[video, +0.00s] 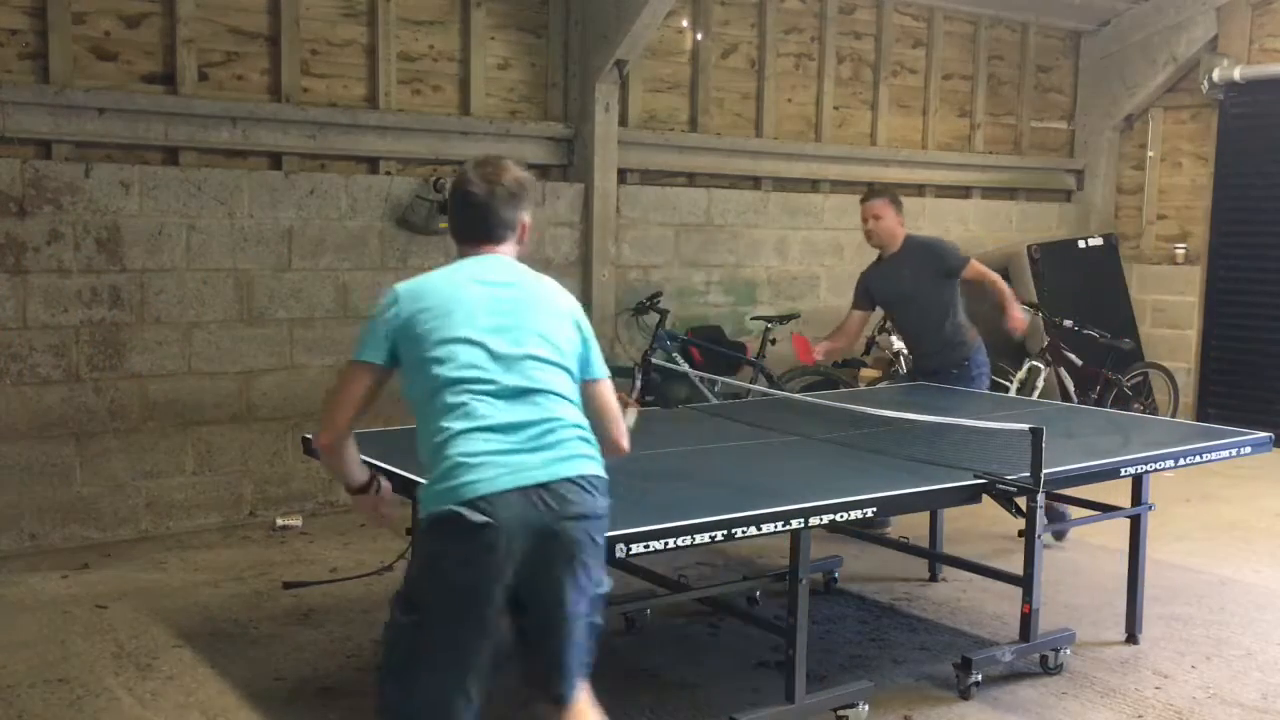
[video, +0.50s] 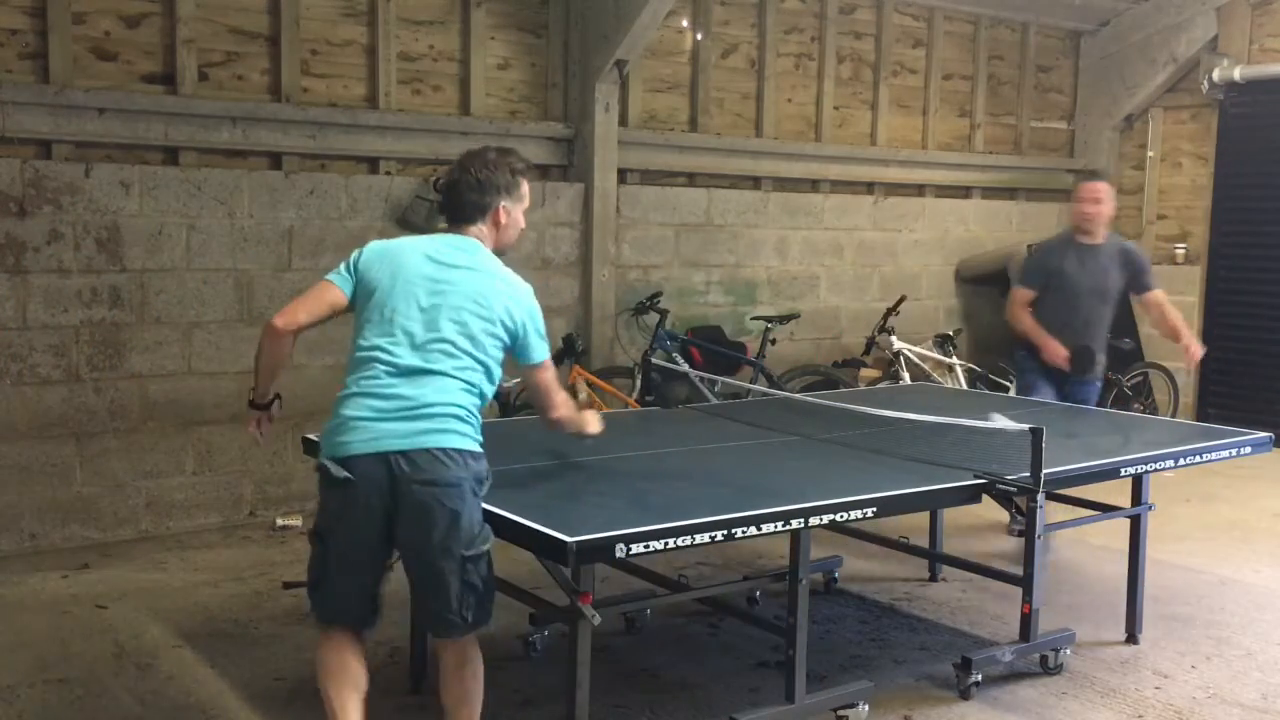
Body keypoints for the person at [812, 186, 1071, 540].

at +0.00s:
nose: (867, 227)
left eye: (874, 218)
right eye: (864, 221)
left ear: (897, 219)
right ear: (865, 226)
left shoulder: (934, 253)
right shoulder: (872, 278)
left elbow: (991, 278)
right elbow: (847, 335)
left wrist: (1013, 308)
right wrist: (825, 347)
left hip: (965, 366)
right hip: (923, 373)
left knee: (979, 445)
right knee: (892, 436)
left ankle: (1051, 507)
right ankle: (880, 513)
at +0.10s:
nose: (894, 223)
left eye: (902, 215)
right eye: (890, 217)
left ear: (923, 217)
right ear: (887, 224)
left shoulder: (957, 254)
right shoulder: (892, 276)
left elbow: (1012, 281)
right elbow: (871, 329)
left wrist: (1054, 307)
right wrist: (856, 342)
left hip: (978, 370)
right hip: (934, 374)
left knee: (987, 441)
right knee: (900, 435)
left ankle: (1038, 497)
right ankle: (879, 513)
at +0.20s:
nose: (932, 215)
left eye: (939, 207)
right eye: (927, 210)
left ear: (961, 209)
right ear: (923, 217)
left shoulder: (992, 247)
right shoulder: (923, 270)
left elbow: (1046, 277)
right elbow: (907, 319)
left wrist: (1098, 305)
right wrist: (901, 338)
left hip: (1001, 373)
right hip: (951, 373)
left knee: (1007, 444)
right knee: (909, 431)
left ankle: (1021, 509)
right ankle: (882, 510)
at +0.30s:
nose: (979, 207)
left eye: (987, 198)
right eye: (973, 200)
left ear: (1007, 202)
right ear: (968, 207)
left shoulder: (1039, 244)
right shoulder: (963, 260)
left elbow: (1088, 277)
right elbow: (947, 313)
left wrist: (1137, 308)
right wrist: (957, 339)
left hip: (1027, 376)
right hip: (976, 375)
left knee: (1026, 448)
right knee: (936, 435)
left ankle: (1022, 512)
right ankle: (886, 506)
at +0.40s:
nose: (1030, 206)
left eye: (1039, 198)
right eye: (1025, 199)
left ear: (1059, 205)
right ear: (1018, 205)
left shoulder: (1082, 251)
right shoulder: (1005, 257)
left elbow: (1123, 296)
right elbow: (987, 317)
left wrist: (1164, 338)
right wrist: (1008, 345)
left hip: (1058, 376)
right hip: (1009, 373)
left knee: (1051, 449)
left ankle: (1030, 511)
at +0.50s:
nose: (1088, 209)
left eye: (1097, 202)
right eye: (1082, 201)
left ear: (1113, 209)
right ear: (1072, 207)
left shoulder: (1126, 257)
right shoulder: (1048, 253)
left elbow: (1156, 305)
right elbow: (1016, 308)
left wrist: (1185, 337)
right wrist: (1046, 343)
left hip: (1087, 373)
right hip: (1040, 367)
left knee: (1072, 448)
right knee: (1036, 440)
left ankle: (1030, 508)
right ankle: (1025, 509)